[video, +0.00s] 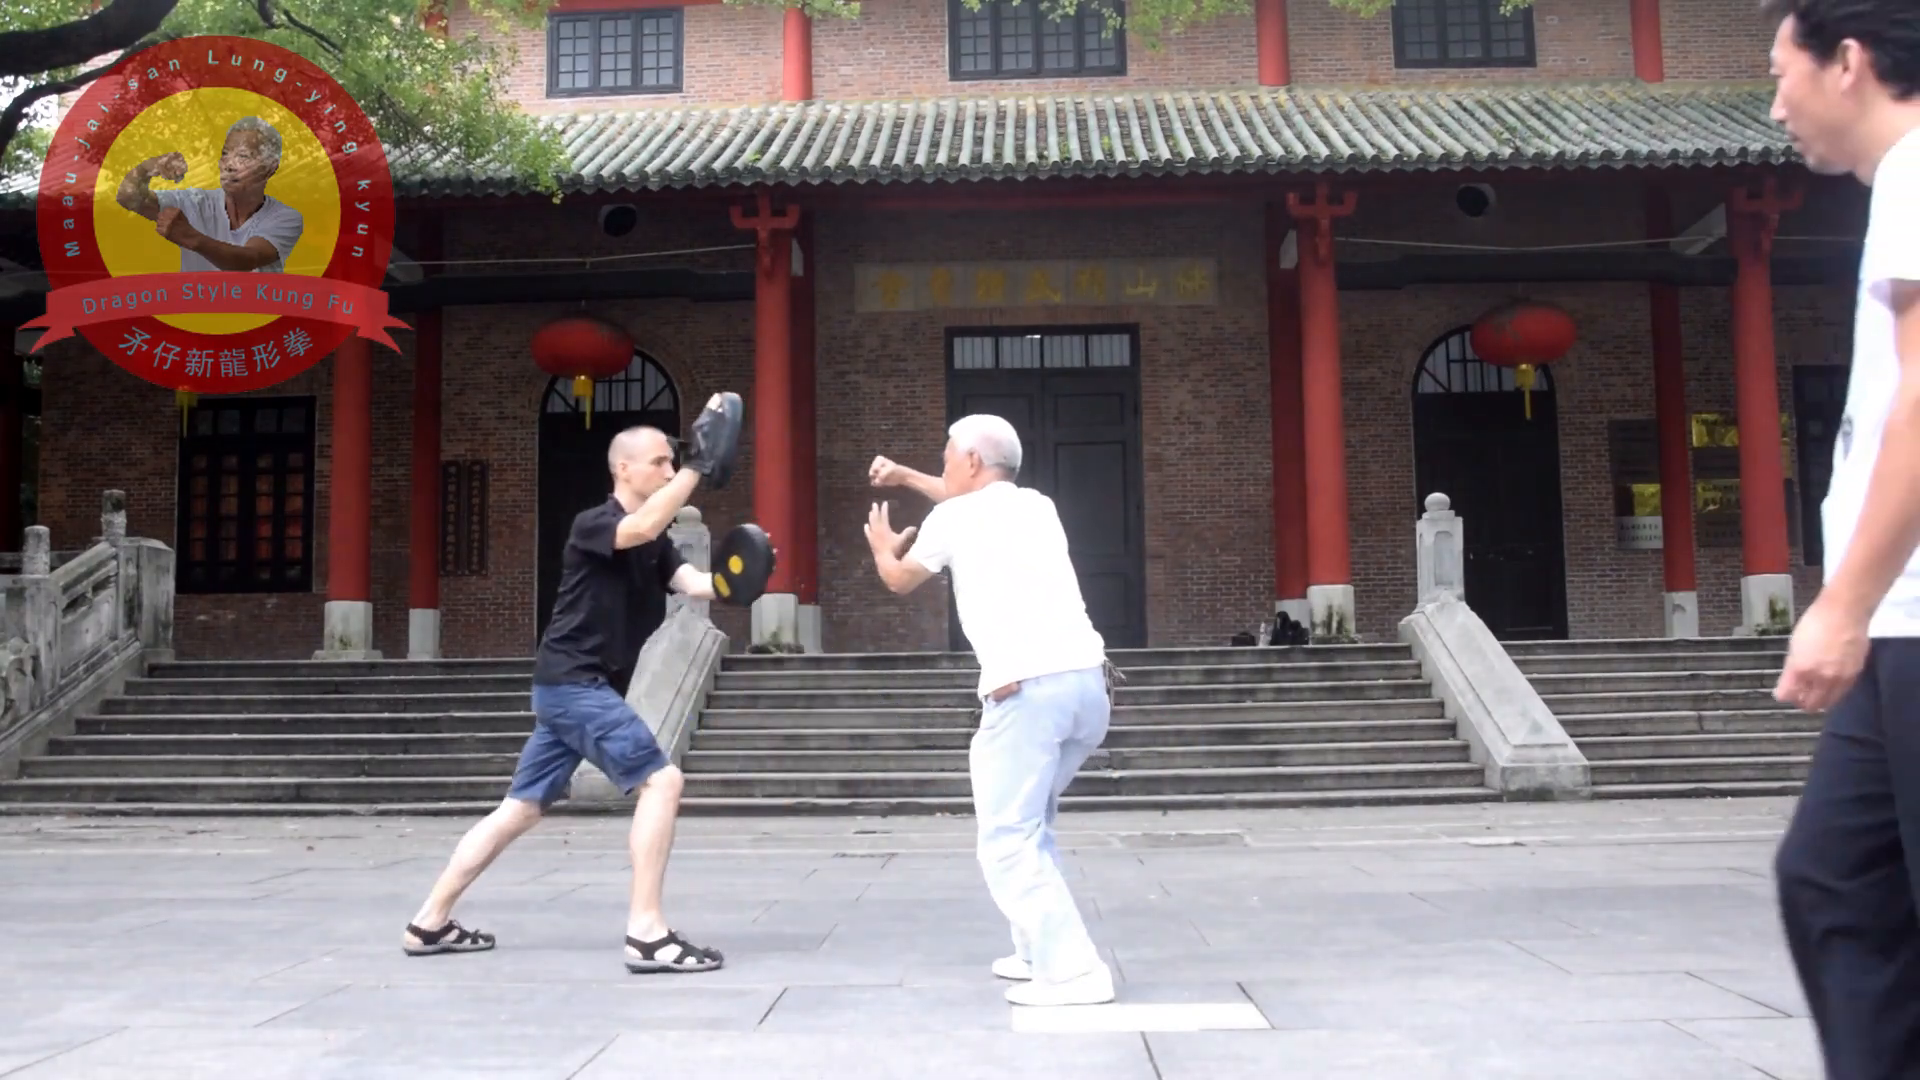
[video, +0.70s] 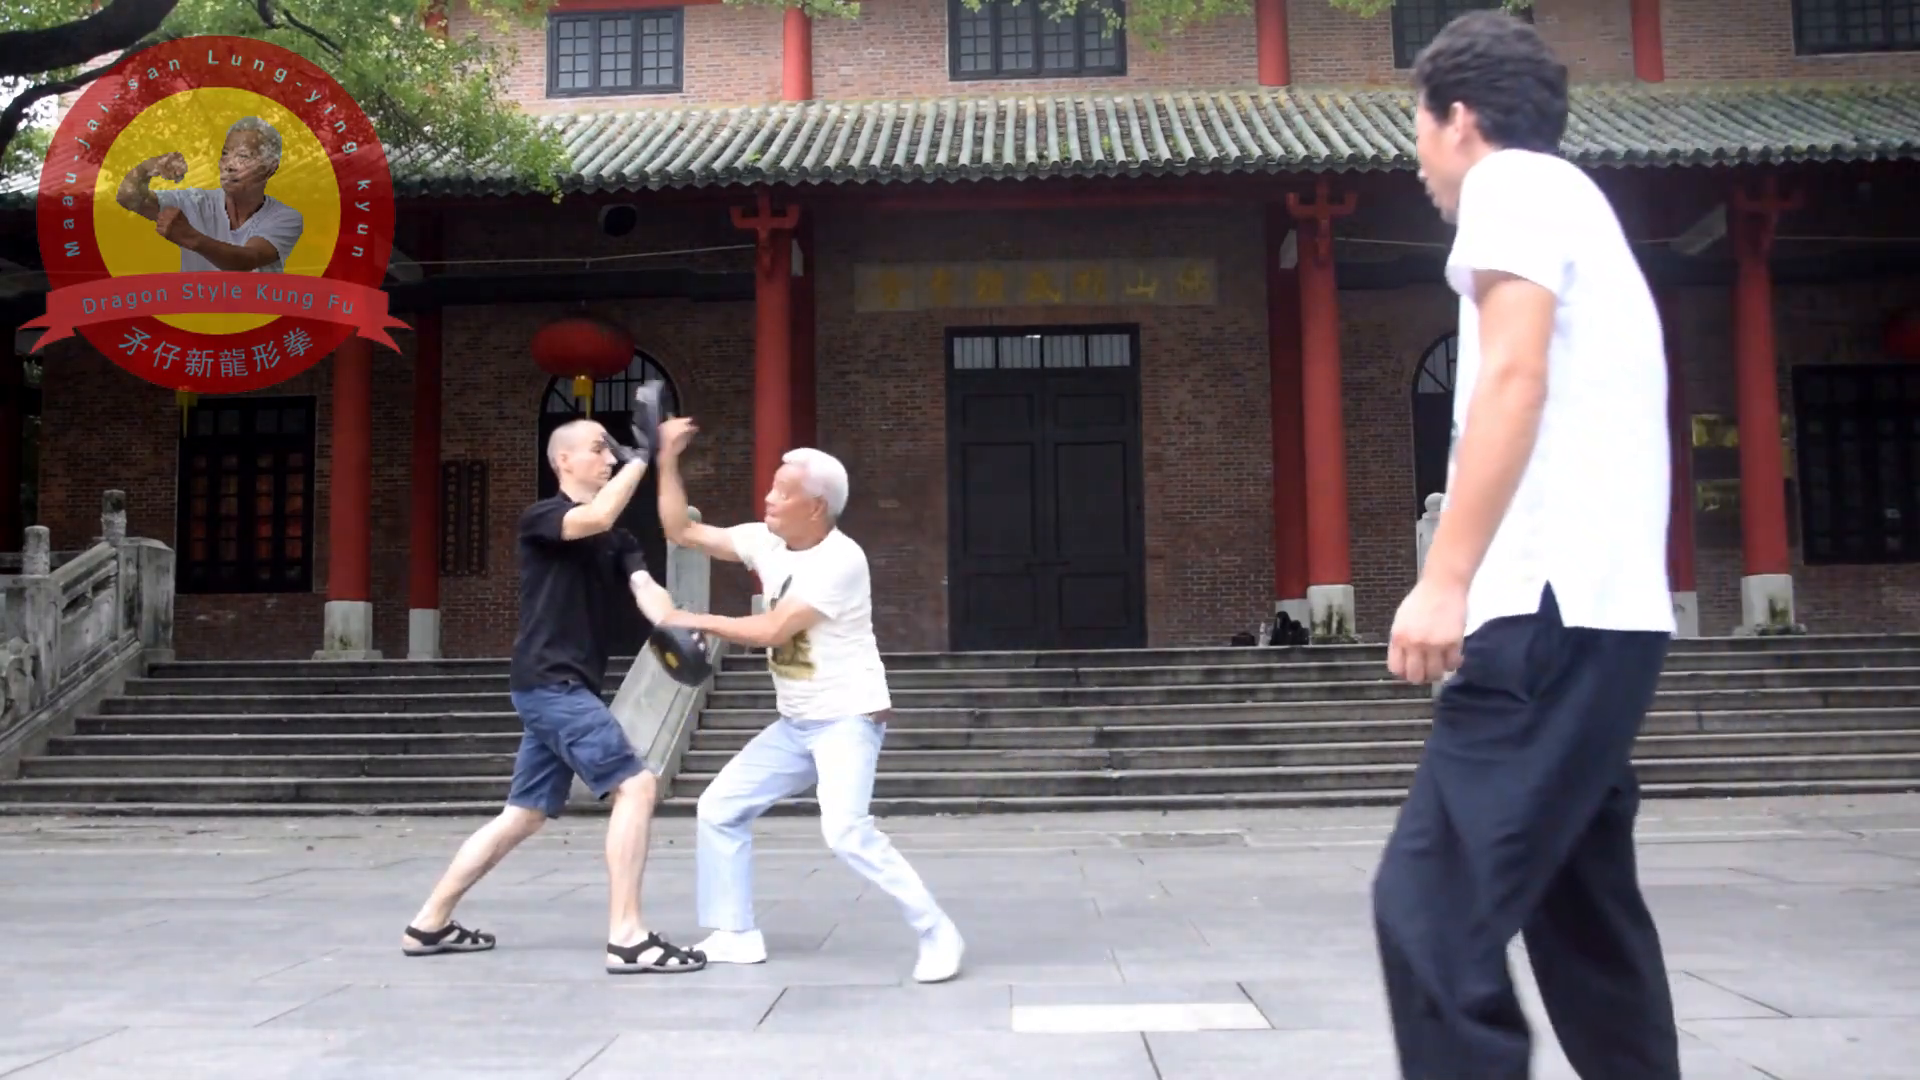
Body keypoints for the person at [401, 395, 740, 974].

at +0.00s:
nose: (672, 472)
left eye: (673, 463)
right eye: (661, 462)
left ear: (663, 473)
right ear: (624, 469)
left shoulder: (655, 540)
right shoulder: (592, 522)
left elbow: (696, 586)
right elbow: (640, 529)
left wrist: (736, 574)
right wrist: (697, 469)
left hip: (584, 686)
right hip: (569, 683)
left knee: (519, 811)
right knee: (663, 782)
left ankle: (429, 921)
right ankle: (646, 931)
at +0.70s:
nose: (614, 458)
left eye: (612, 450)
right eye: (599, 449)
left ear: (609, 464)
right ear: (563, 462)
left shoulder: (620, 535)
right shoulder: (541, 517)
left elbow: (647, 588)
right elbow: (599, 517)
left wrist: (679, 633)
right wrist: (642, 459)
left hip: (573, 685)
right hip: (546, 682)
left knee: (525, 813)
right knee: (638, 785)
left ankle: (430, 923)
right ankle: (627, 936)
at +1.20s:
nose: (601, 457)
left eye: (601, 449)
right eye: (588, 447)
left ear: (593, 460)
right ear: (552, 457)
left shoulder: (587, 524)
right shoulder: (533, 511)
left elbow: (622, 584)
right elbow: (592, 514)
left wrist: (664, 613)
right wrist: (639, 454)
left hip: (558, 683)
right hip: (543, 683)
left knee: (521, 810)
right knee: (633, 784)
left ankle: (429, 922)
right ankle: (629, 935)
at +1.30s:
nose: (605, 459)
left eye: (605, 450)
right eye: (592, 449)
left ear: (599, 461)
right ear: (555, 458)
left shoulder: (591, 525)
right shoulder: (536, 512)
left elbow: (622, 585)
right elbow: (598, 514)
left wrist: (663, 614)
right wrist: (640, 464)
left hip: (556, 683)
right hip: (543, 682)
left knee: (537, 815)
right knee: (633, 785)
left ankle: (432, 917)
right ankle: (629, 935)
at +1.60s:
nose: (564, 475)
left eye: (565, 466)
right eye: (554, 465)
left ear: (551, 473)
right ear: (518, 469)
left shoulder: (548, 534)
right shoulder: (492, 525)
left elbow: (542, 618)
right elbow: (477, 588)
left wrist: (594, 651)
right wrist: (542, 555)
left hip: (533, 686)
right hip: (502, 688)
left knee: (546, 823)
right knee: (575, 793)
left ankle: (452, 909)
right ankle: (620, 933)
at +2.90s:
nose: (400, 477)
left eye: (401, 467)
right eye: (389, 466)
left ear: (396, 474)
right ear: (353, 471)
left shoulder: (394, 542)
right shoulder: (335, 534)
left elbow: (456, 596)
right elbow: (404, 603)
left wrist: (436, 527)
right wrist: (461, 606)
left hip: (382, 701)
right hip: (319, 702)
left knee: (435, 786)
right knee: (286, 822)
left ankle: (452, 916)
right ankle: (224, 919)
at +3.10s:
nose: (379, 478)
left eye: (383, 470)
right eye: (368, 469)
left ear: (389, 476)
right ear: (346, 474)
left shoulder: (391, 528)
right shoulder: (330, 532)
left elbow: (446, 561)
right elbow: (400, 593)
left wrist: (452, 497)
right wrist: (470, 604)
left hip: (382, 696)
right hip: (322, 701)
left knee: (434, 787)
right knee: (286, 820)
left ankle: (464, 912)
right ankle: (224, 918)